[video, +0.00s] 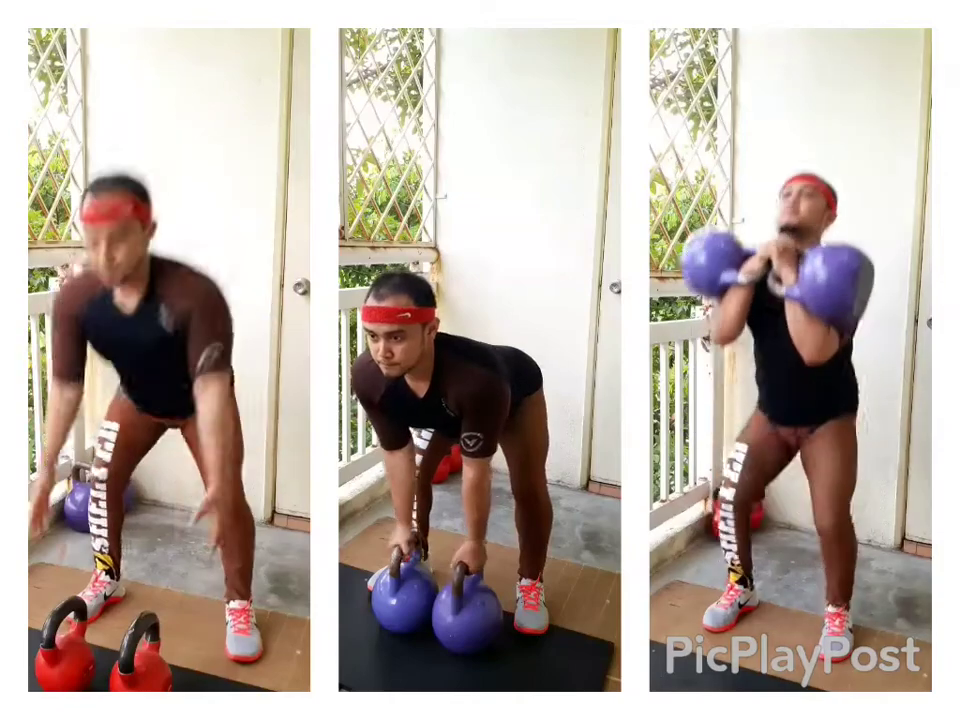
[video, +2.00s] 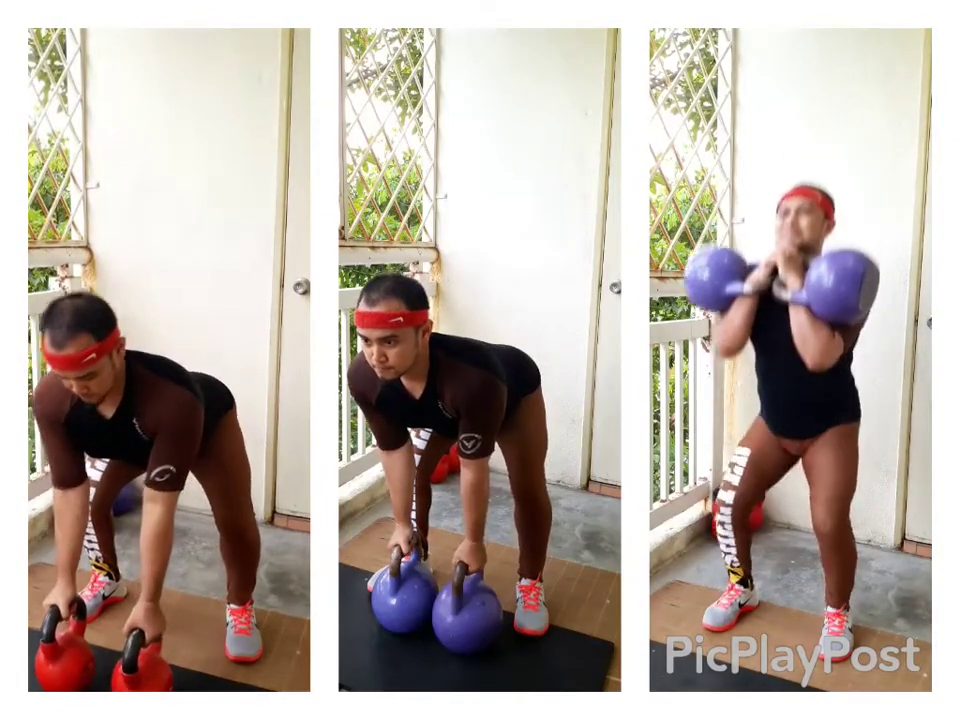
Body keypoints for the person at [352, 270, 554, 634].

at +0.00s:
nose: (383, 351)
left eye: (397, 337)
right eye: (373, 337)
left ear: (430, 329)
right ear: (364, 332)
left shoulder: (478, 380)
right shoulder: (367, 376)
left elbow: (476, 471)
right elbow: (397, 452)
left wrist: (475, 541)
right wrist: (403, 526)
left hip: (512, 388)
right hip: (450, 402)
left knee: (529, 488)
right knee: (418, 474)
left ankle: (530, 582)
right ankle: (414, 552)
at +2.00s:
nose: (377, 355)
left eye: (390, 342)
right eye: (367, 342)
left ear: (424, 333)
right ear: (359, 336)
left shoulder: (473, 381)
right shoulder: (363, 378)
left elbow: (474, 471)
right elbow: (396, 452)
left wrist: (474, 540)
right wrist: (402, 524)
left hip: (510, 388)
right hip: (447, 400)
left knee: (528, 489)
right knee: (417, 473)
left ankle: (530, 581)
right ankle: (413, 551)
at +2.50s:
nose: (390, 345)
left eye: (404, 330)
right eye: (380, 330)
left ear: (436, 322)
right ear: (372, 326)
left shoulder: (485, 371)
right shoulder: (375, 368)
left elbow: (504, 447)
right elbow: (399, 432)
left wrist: (481, 523)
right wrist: (404, 500)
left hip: (512, 397)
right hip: (448, 406)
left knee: (529, 489)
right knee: (410, 473)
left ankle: (529, 584)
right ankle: (406, 561)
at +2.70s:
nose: (388, 340)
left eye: (402, 325)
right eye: (378, 325)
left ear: (435, 317)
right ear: (370, 322)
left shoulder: (482, 356)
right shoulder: (375, 355)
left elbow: (526, 411)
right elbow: (395, 397)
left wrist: (489, 479)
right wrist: (407, 458)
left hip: (511, 404)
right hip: (448, 407)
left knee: (533, 492)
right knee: (407, 472)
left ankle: (530, 582)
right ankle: (410, 558)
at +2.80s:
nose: (388, 337)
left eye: (402, 322)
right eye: (377, 322)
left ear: (434, 314)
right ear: (369, 318)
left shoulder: (485, 347)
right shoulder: (375, 347)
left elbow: (536, 388)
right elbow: (395, 382)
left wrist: (492, 449)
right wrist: (407, 436)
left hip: (512, 403)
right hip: (450, 404)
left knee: (535, 489)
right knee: (411, 469)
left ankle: (530, 582)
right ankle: (414, 553)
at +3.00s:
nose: (387, 332)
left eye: (401, 318)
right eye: (377, 317)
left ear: (434, 311)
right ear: (369, 314)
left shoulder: (479, 332)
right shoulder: (376, 333)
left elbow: (546, 339)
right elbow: (392, 357)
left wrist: (500, 404)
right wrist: (402, 393)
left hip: (513, 391)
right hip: (445, 397)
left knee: (539, 488)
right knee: (411, 466)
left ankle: (531, 582)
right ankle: (413, 553)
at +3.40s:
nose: (393, 319)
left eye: (406, 305)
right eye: (383, 306)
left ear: (439, 297)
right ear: (376, 301)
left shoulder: (488, 334)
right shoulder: (378, 338)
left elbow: (537, 383)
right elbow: (395, 377)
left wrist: (494, 449)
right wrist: (406, 434)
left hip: (514, 401)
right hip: (453, 404)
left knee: (535, 486)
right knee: (409, 468)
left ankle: (531, 581)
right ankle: (414, 553)